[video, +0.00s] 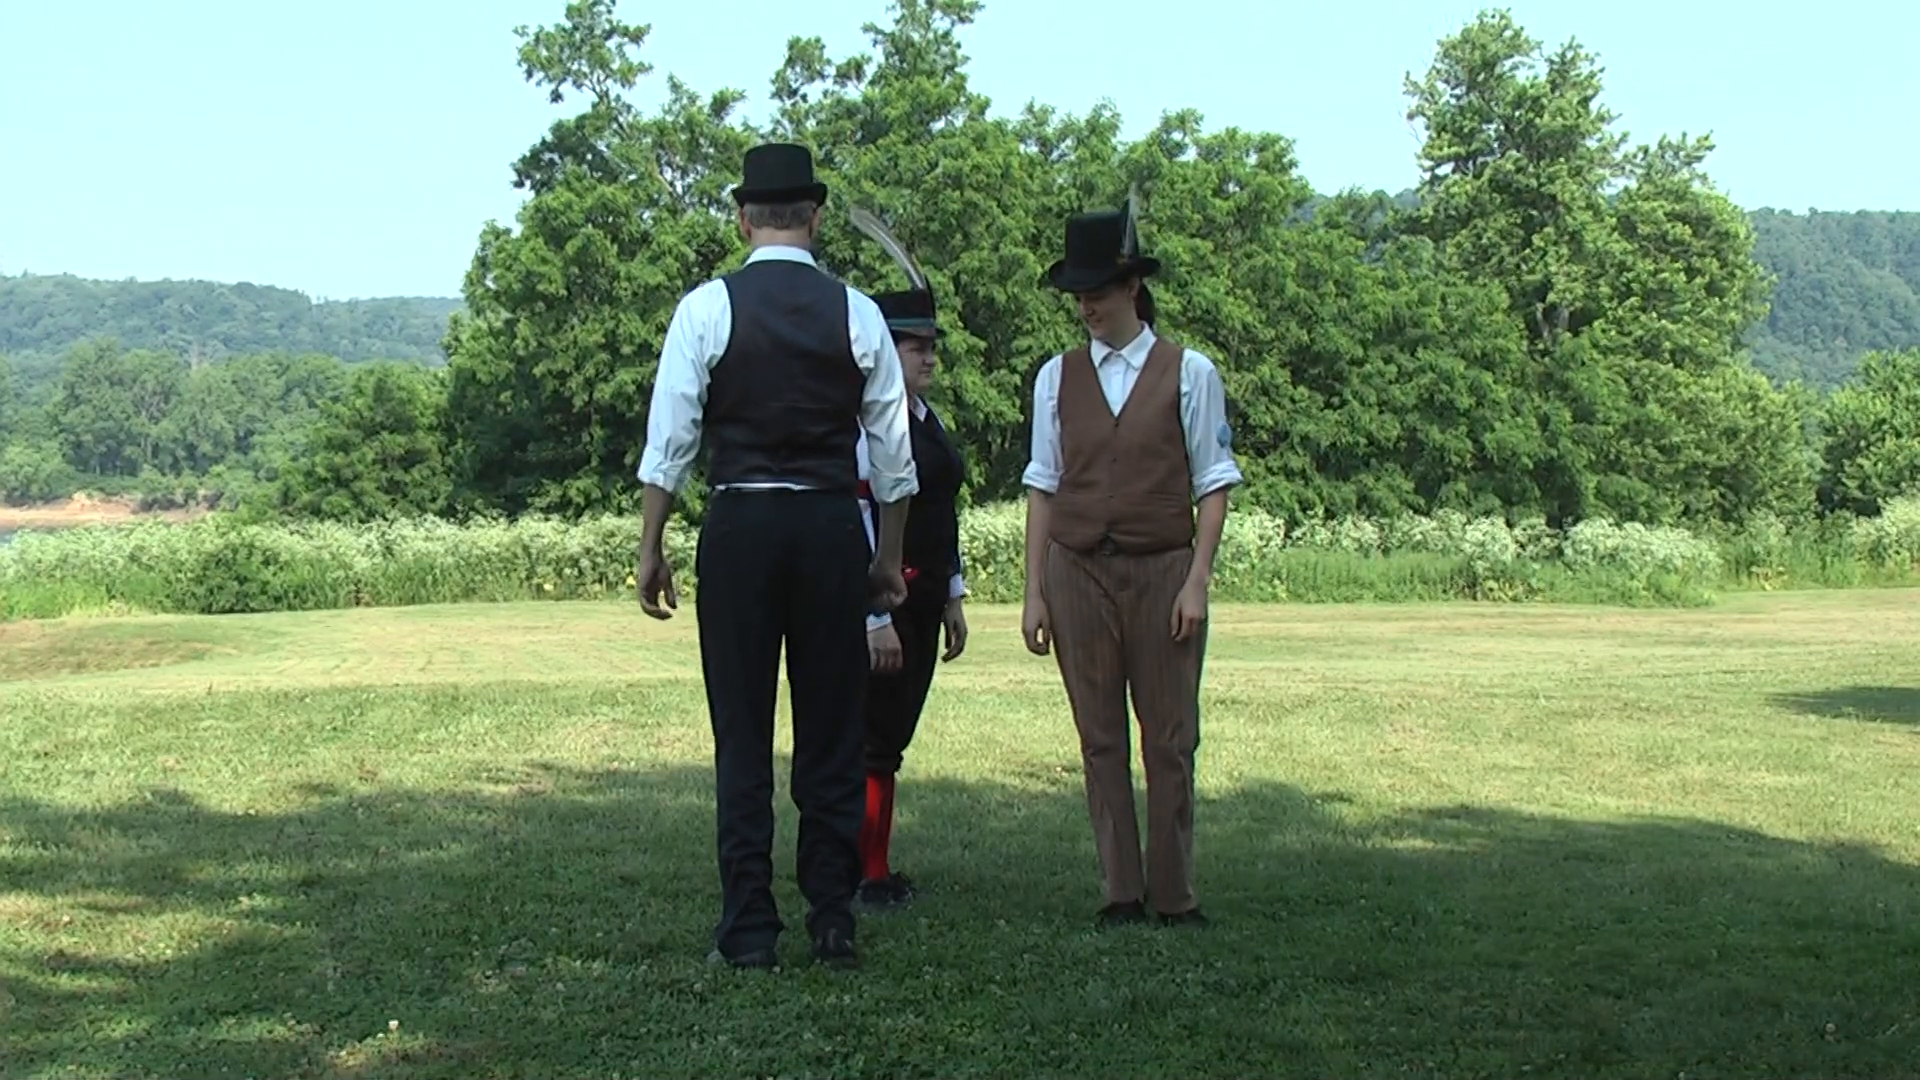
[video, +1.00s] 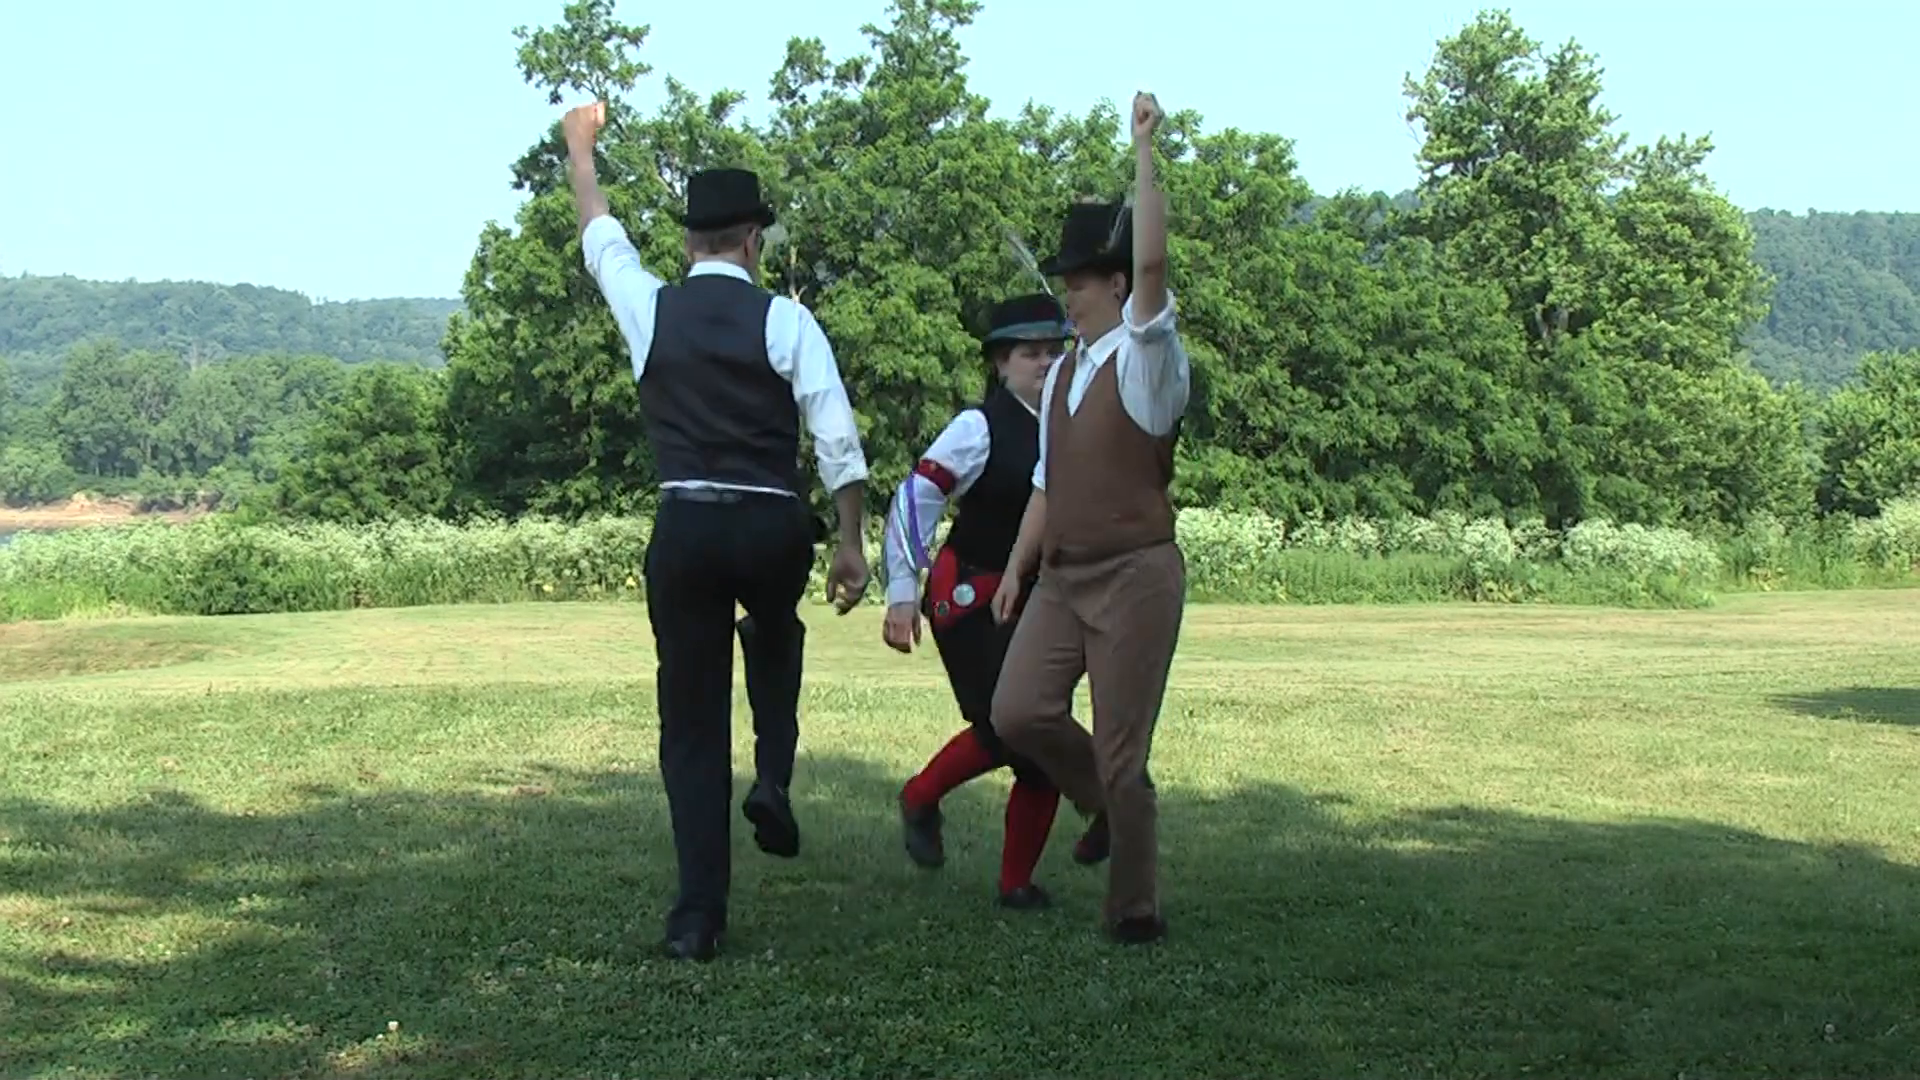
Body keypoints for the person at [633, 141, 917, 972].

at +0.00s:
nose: (753, 222)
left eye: (745, 212)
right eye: (797, 212)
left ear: (742, 218)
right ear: (814, 216)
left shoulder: (708, 307)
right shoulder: (859, 312)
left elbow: (671, 432)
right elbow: (893, 445)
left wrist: (650, 544)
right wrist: (890, 551)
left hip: (738, 537)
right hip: (834, 535)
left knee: (741, 741)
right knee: (831, 737)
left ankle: (748, 929)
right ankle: (835, 923)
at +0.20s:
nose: (768, 222)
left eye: (750, 212)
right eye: (805, 210)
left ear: (745, 216)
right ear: (818, 214)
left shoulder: (709, 304)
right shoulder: (861, 311)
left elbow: (672, 431)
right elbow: (894, 445)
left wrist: (652, 542)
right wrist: (889, 550)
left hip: (739, 535)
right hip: (834, 534)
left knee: (744, 736)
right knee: (832, 732)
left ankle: (748, 929)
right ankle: (835, 919)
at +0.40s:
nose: (759, 231)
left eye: (751, 221)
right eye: (804, 220)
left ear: (750, 226)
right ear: (822, 225)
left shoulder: (715, 312)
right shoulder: (865, 321)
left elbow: (678, 436)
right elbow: (896, 463)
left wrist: (647, 543)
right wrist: (886, 567)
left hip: (740, 541)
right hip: (837, 541)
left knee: (735, 734)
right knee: (827, 738)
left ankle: (744, 926)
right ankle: (832, 925)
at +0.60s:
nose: (747, 228)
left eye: (743, 218)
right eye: (809, 219)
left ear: (740, 222)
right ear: (813, 224)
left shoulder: (712, 299)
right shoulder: (854, 314)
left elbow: (636, 389)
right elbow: (896, 449)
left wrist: (551, 424)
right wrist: (880, 550)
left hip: (737, 520)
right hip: (830, 526)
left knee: (705, 689)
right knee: (830, 714)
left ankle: (722, 866)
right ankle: (834, 918)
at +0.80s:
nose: (750, 247)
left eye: (722, 237)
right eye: (770, 237)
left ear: (707, 242)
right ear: (777, 243)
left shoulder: (671, 315)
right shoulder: (819, 325)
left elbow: (549, 309)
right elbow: (867, 450)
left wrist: (522, 257)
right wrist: (869, 561)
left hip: (708, 533)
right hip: (800, 538)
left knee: (706, 714)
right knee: (792, 722)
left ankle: (694, 916)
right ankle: (828, 907)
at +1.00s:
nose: (761, 244)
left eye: (752, 234)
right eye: (761, 234)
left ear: (689, 241)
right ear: (751, 239)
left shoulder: (651, 308)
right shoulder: (789, 321)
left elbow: (599, 232)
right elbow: (836, 433)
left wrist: (579, 152)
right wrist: (852, 536)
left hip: (684, 529)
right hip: (775, 528)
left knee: (692, 722)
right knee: (773, 628)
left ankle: (697, 917)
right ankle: (771, 784)